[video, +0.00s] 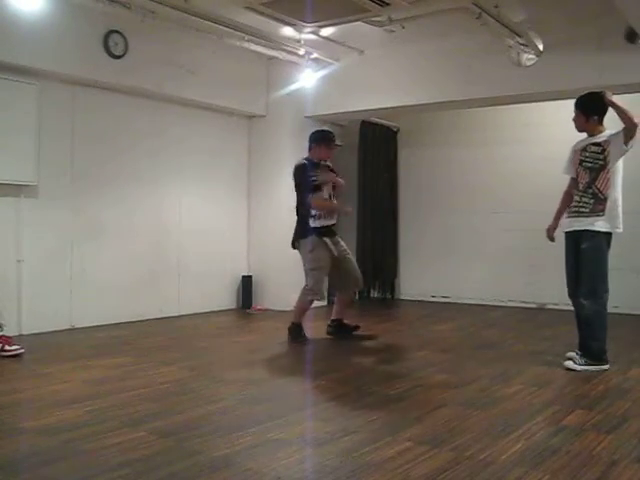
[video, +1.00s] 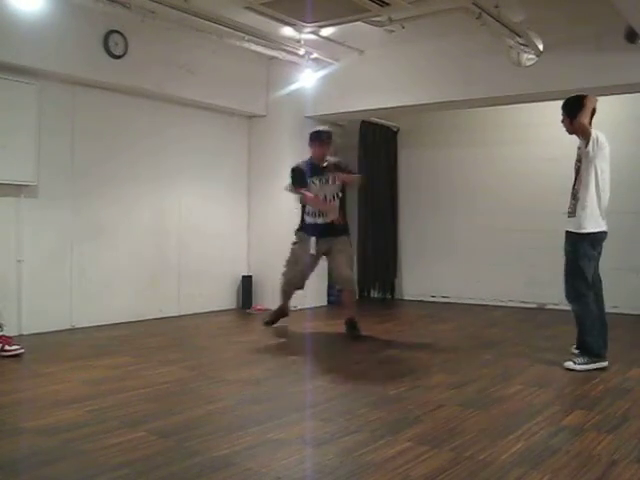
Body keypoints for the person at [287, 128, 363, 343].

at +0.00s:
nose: (332, 153)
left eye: (333, 149)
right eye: (329, 148)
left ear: (323, 149)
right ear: (316, 147)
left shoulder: (326, 168)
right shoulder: (303, 169)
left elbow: (341, 190)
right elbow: (309, 201)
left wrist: (333, 179)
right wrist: (336, 207)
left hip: (330, 233)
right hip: (310, 235)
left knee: (352, 278)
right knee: (315, 286)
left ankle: (337, 322)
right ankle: (295, 325)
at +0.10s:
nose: (332, 153)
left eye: (333, 149)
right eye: (329, 148)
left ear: (329, 150)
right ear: (316, 148)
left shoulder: (329, 170)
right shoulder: (297, 165)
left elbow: (330, 192)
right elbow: (278, 188)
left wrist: (338, 184)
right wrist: (301, 192)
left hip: (329, 234)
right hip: (307, 235)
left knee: (352, 278)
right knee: (317, 284)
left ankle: (337, 323)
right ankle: (291, 326)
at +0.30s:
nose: (315, 165)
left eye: (320, 161)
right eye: (312, 160)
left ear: (324, 162)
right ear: (304, 158)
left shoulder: (331, 186)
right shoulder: (288, 185)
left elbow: (353, 206)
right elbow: (284, 214)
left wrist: (336, 223)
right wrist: (285, 237)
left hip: (328, 245)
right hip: (300, 245)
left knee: (345, 280)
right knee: (288, 283)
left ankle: (336, 323)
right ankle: (284, 326)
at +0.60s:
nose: (327, 142)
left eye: (330, 137)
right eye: (323, 137)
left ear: (336, 138)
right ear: (316, 138)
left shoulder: (345, 163)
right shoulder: (305, 161)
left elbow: (351, 194)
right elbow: (295, 187)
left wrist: (347, 220)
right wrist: (287, 210)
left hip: (336, 228)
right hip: (307, 228)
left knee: (351, 272)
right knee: (295, 269)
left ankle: (346, 319)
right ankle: (293, 315)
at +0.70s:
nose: (330, 137)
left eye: (333, 132)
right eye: (326, 132)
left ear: (338, 133)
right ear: (318, 133)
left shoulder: (348, 158)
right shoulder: (308, 153)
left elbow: (361, 185)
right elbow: (298, 173)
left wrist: (359, 202)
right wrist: (283, 191)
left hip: (336, 222)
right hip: (308, 221)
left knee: (349, 270)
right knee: (297, 263)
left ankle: (347, 318)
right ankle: (308, 299)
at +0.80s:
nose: (331, 136)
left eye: (334, 132)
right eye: (327, 132)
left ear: (338, 133)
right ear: (319, 132)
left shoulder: (346, 155)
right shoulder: (310, 150)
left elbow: (366, 167)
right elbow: (294, 161)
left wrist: (362, 170)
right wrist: (282, 169)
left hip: (335, 223)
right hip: (309, 221)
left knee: (344, 272)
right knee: (302, 265)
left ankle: (350, 319)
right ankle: (310, 294)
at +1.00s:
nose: (321, 150)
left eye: (325, 146)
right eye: (318, 146)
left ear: (330, 147)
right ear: (310, 146)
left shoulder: (338, 168)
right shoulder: (300, 170)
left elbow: (357, 180)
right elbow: (303, 195)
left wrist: (341, 177)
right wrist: (326, 206)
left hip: (337, 234)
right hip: (309, 235)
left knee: (346, 278)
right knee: (291, 276)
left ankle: (351, 320)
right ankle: (283, 308)